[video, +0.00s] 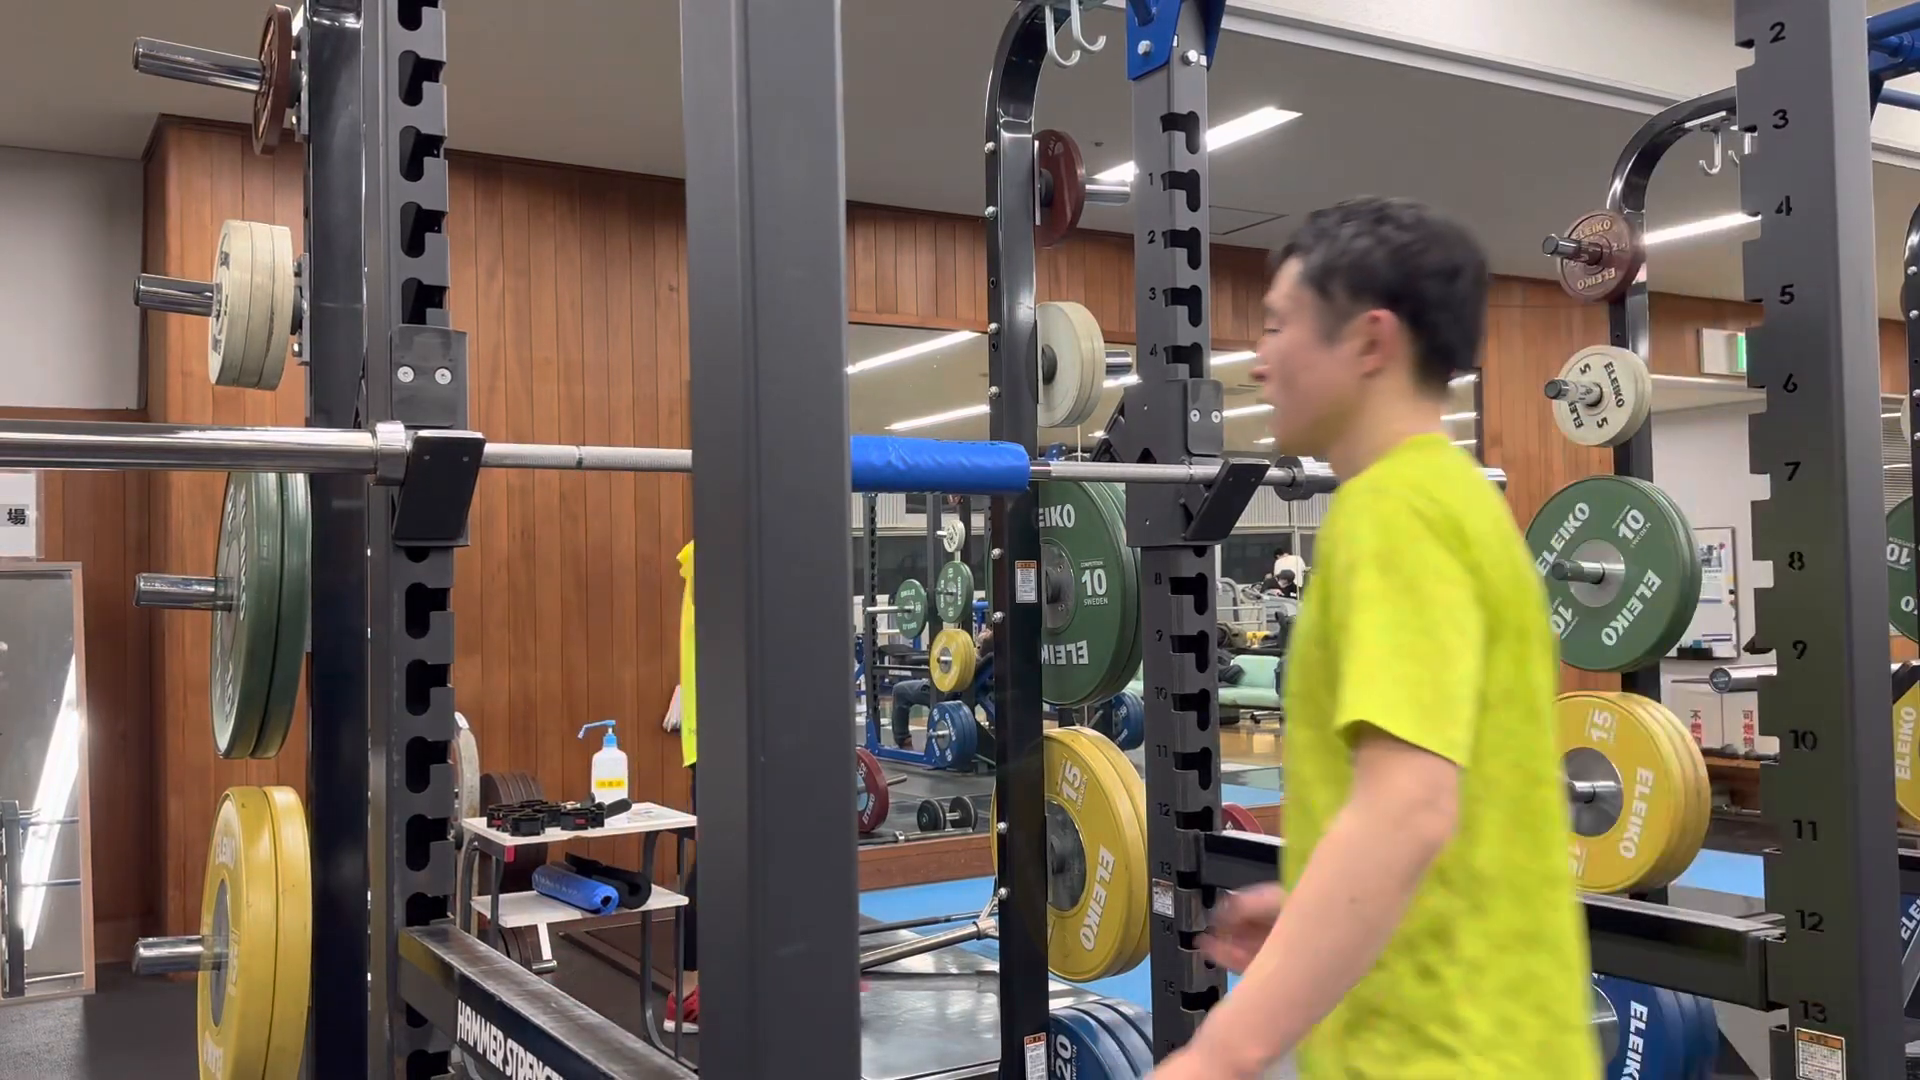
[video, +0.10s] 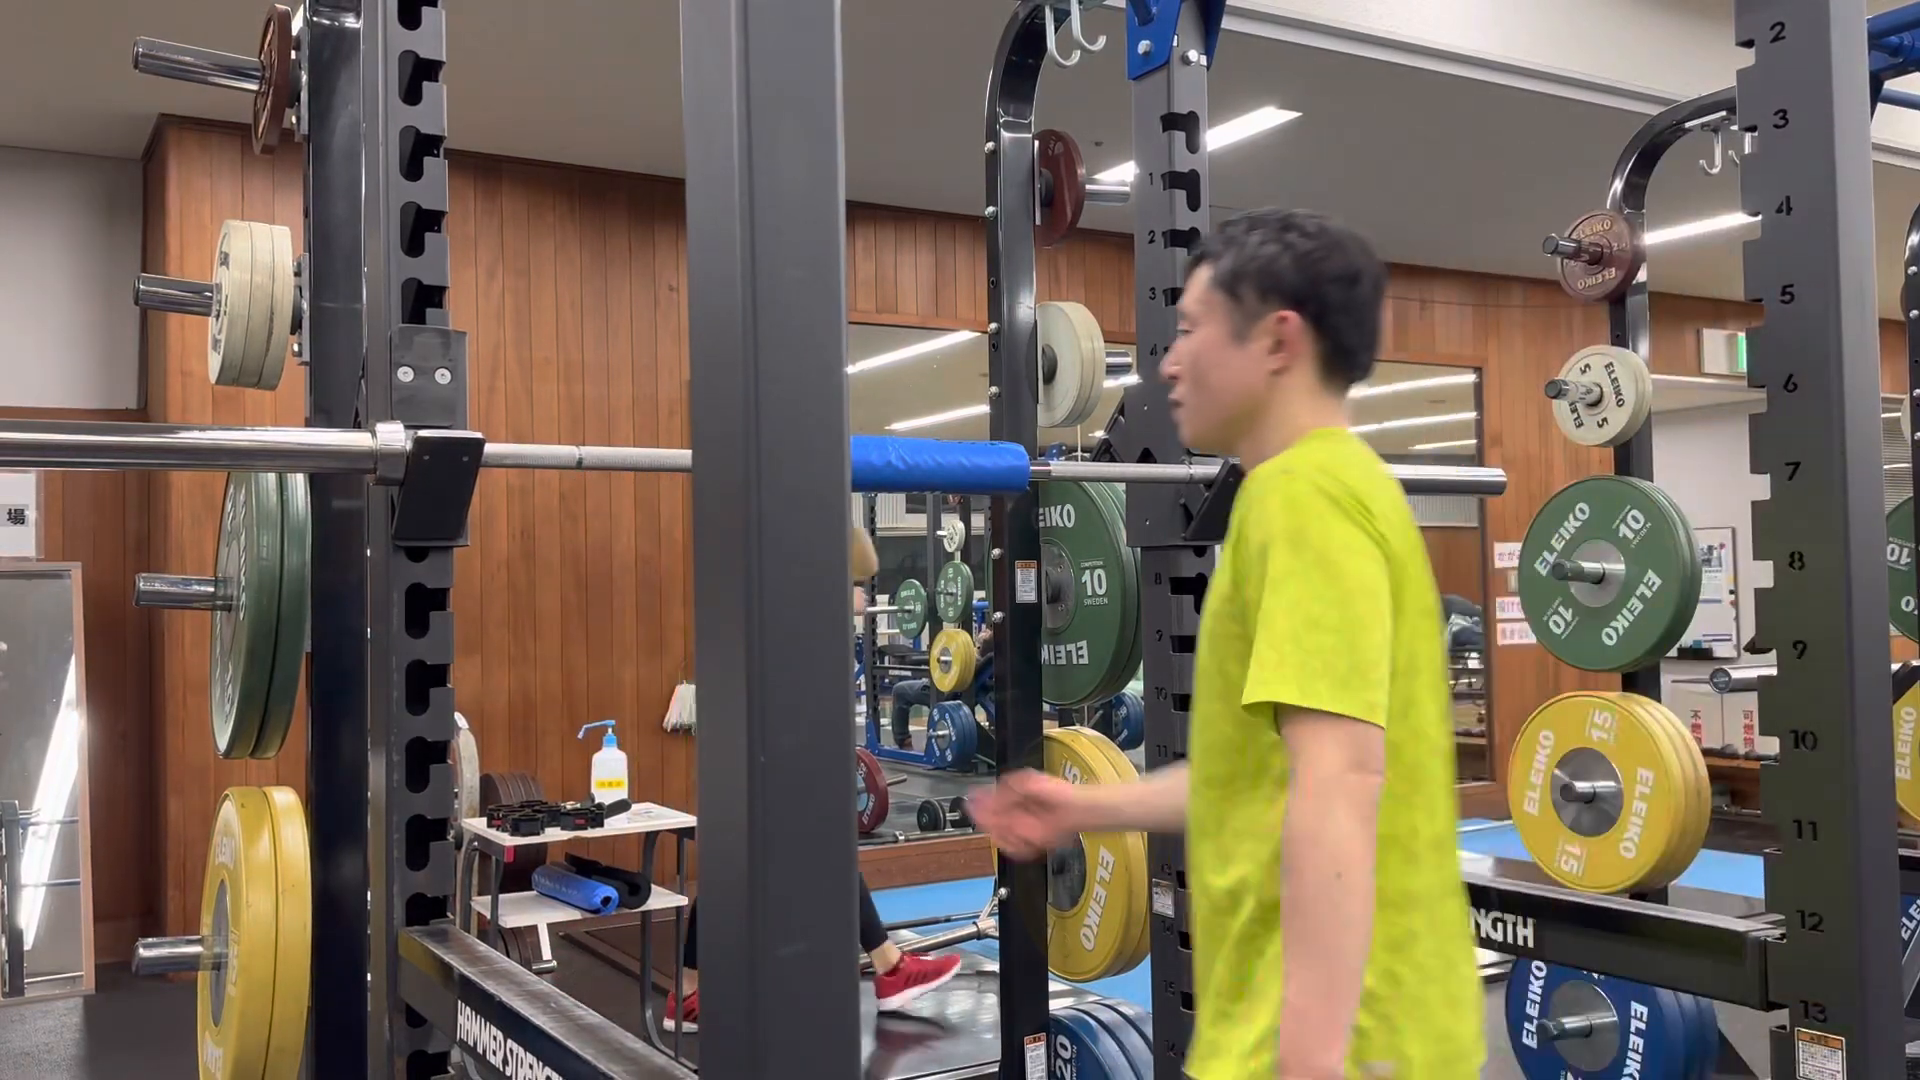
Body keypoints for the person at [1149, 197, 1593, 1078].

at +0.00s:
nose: (1256, 357)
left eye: (1277, 323)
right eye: (1263, 328)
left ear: (1371, 342)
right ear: (1375, 347)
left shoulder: (1396, 506)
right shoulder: (1461, 500)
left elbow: (1409, 805)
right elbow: (1477, 821)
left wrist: (1222, 1054)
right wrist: (1314, 911)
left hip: (1429, 1047)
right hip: (1492, 1037)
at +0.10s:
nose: (1167, 359)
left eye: (1190, 327)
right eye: (1177, 330)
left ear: (1278, 339)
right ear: (1270, 340)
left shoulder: (1305, 495)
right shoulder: (1320, 489)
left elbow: (1337, 786)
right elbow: (1267, 772)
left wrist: (1312, 1056)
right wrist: (1086, 808)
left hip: (1321, 1042)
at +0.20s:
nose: (1109, 364)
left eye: (1127, 333)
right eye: (1116, 336)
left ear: (1215, 345)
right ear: (1213, 348)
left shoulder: (1263, 491)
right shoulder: (1229, 499)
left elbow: (1336, 755)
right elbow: (1166, 740)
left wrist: (1345, 1046)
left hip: (1259, 1036)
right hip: (1217, 1020)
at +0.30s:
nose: (1049, 370)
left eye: (1069, 339)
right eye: (1057, 342)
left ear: (1153, 351)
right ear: (1145, 353)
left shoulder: (1208, 490)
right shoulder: (1149, 521)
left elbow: (1311, 735)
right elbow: (1029, 720)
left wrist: (1333, 1032)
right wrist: (847, 653)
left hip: (1202, 1030)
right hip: (1148, 1019)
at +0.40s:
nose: (990, 384)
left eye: (1009, 355)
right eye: (996, 358)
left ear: (1095, 367)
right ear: (1084, 370)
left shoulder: (1163, 509)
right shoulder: (1067, 555)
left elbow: (1256, 745)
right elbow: (929, 695)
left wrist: (1276, 1038)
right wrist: (753, 592)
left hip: (1151, 1036)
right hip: (1071, 1027)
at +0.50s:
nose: (954, 386)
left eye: (975, 356)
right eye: (962, 359)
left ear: (1059, 371)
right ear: (1045, 372)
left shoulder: (1128, 520)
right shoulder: (1016, 562)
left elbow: (1212, 766)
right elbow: (875, 684)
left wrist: (1219, 1045)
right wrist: (714, 571)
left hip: (1107, 1034)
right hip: (1025, 1019)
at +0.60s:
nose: (905, 382)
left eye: (927, 353)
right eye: (914, 355)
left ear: (1009, 370)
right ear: (997, 370)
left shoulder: (1088, 522)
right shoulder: (940, 562)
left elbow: (1157, 780)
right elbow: (809, 673)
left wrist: (1106, 1041)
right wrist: (673, 550)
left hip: (1074, 1040)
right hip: (968, 1021)